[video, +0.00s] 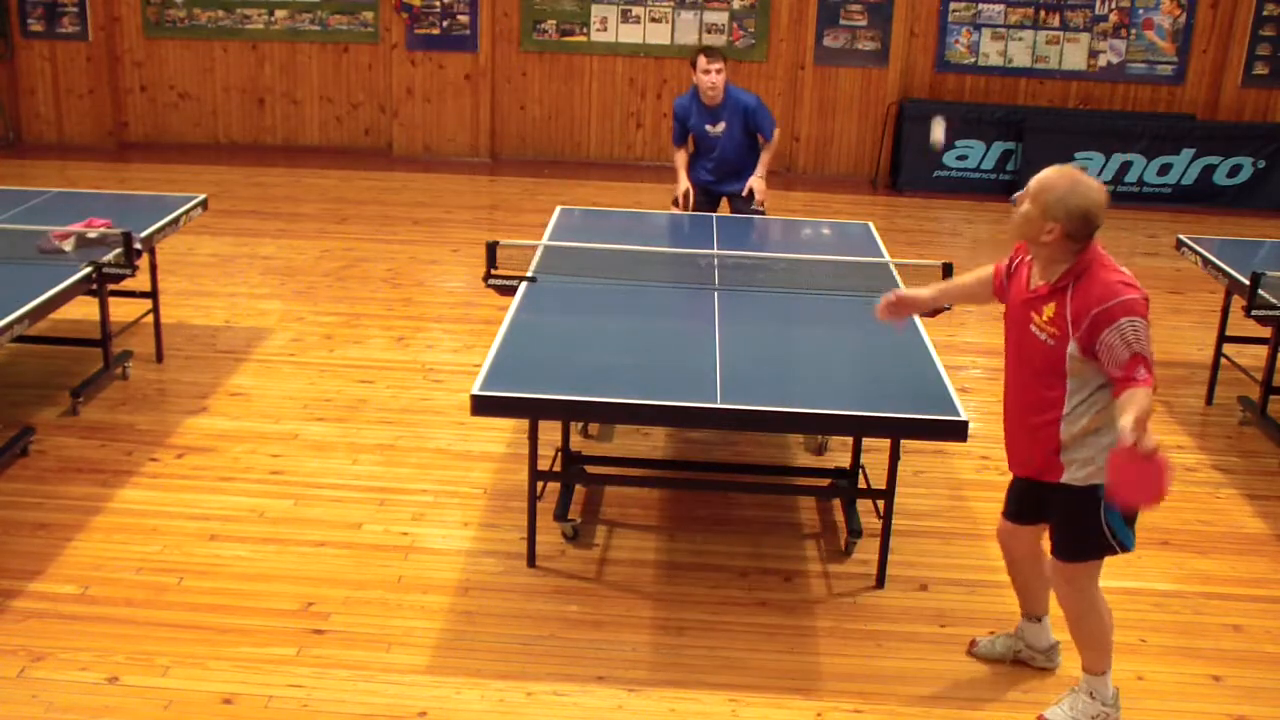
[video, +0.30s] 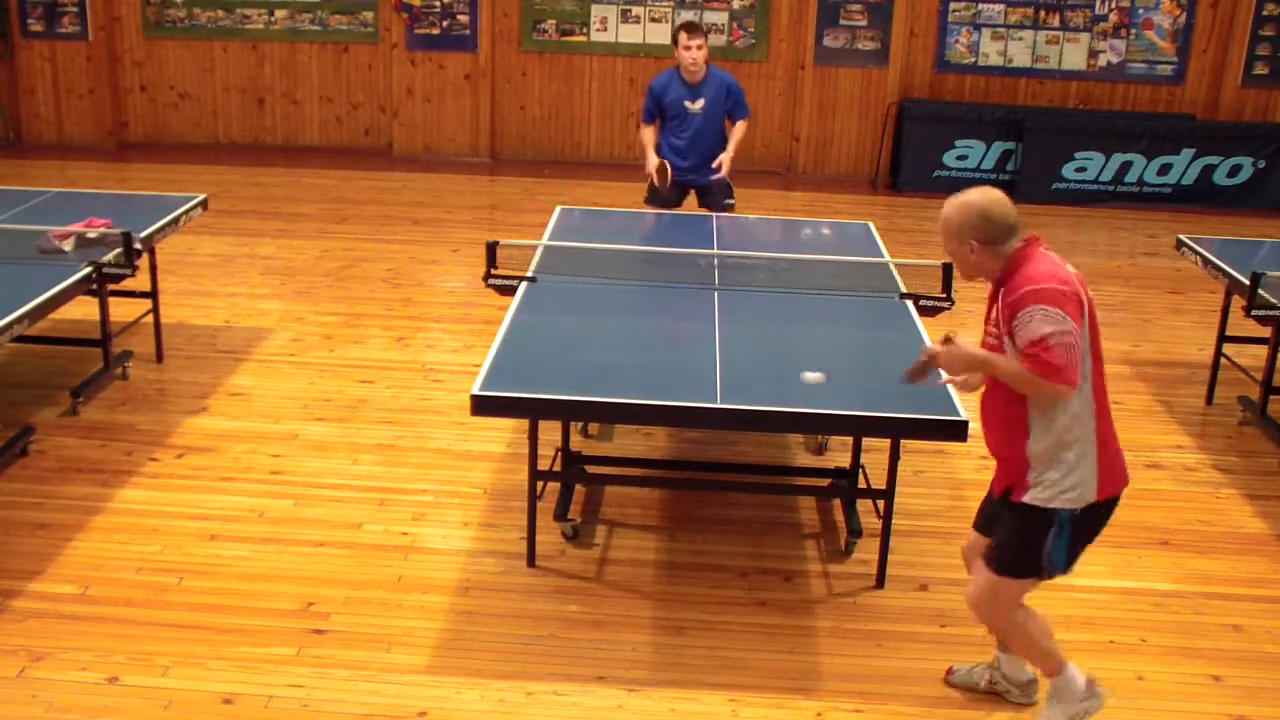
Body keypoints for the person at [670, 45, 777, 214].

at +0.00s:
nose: (713, 79)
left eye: (718, 72)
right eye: (706, 73)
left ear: (726, 74)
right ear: (694, 77)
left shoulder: (747, 104)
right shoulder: (684, 107)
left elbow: (772, 134)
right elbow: (680, 146)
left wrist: (759, 175)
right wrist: (682, 179)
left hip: (741, 179)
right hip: (704, 178)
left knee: (750, 237)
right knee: (693, 233)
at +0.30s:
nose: (694, 54)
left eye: (699, 48)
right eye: (687, 48)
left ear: (707, 50)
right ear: (676, 52)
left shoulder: (725, 83)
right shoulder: (660, 86)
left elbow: (741, 117)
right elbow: (648, 123)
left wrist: (729, 152)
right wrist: (650, 155)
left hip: (711, 170)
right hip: (671, 169)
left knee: (726, 224)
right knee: (652, 221)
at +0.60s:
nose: (662, 67)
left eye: (668, 60)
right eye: (656, 61)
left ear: (679, 61)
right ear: (649, 64)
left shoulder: (702, 92)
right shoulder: (642, 97)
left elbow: (734, 126)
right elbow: (621, 133)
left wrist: (723, 153)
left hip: (694, 182)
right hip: (652, 178)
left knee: (702, 244)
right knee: (621, 224)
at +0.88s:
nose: (582, 92)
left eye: (587, 84)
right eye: (577, 87)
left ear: (605, 82)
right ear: (573, 90)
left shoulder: (634, 102)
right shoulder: (579, 119)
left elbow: (682, 104)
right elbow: (548, 150)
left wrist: (718, 117)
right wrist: (503, 138)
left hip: (660, 192)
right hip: (614, 194)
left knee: (674, 253)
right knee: (597, 250)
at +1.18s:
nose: (540, 147)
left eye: (545, 139)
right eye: (533, 141)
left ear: (557, 137)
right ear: (525, 145)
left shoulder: (585, 143)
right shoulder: (533, 183)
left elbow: (632, 129)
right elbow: (529, 230)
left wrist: (677, 133)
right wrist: (515, 248)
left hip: (624, 209)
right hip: (584, 219)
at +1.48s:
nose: (572, 107)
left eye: (577, 99)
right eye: (565, 100)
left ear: (583, 100)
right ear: (552, 105)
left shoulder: (603, 120)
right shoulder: (546, 148)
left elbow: (643, 129)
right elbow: (532, 190)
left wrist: (680, 146)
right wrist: (520, 230)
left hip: (622, 203)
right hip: (578, 209)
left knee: (633, 258)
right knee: (578, 262)